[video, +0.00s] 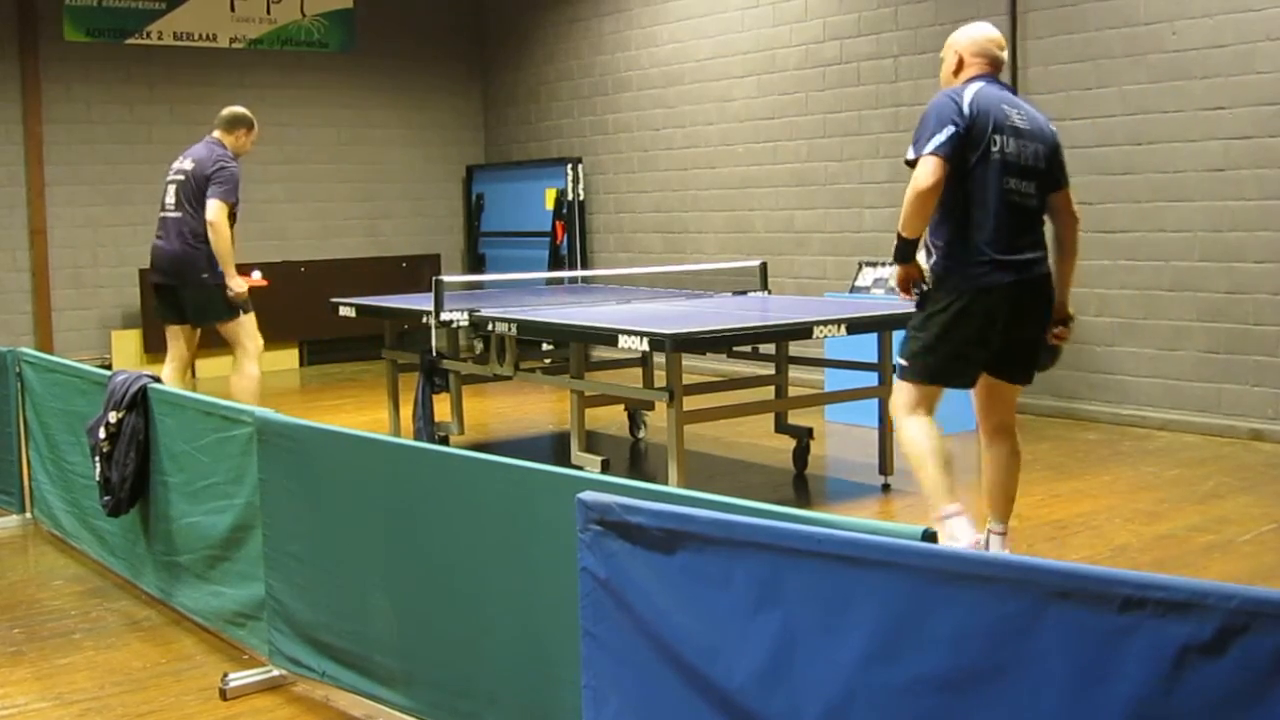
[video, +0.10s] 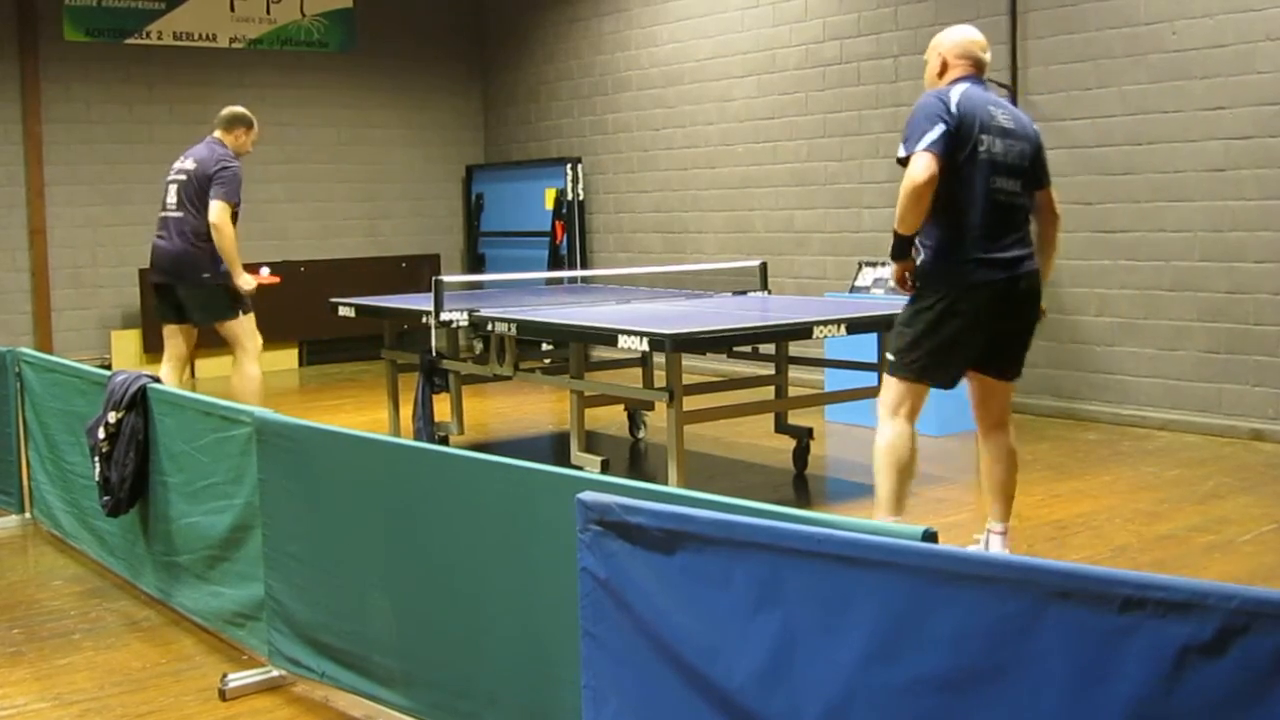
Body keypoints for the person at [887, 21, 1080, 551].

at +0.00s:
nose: (940, 74)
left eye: (943, 64)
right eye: (941, 66)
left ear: (957, 61)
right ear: (1002, 66)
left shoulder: (953, 102)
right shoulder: (1040, 124)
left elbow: (929, 181)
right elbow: (1067, 219)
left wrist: (905, 255)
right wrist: (1061, 299)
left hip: (964, 289)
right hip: (1029, 293)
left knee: (908, 407)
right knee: (998, 417)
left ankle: (952, 525)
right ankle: (995, 542)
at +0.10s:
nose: (926, 76)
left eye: (928, 66)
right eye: (927, 67)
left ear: (942, 62)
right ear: (984, 66)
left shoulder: (940, 102)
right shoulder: (1024, 122)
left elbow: (922, 175)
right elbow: (1048, 214)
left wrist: (901, 251)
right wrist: (1036, 280)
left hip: (951, 286)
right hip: (1016, 288)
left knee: (897, 409)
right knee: (995, 421)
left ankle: (885, 535)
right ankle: (998, 541)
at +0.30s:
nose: (888, 85)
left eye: (890, 77)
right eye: (889, 78)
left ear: (903, 75)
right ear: (944, 76)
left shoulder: (898, 116)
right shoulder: (986, 126)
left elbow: (875, 186)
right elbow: (1012, 213)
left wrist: (867, 254)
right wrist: (987, 264)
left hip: (921, 293)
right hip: (987, 292)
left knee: (870, 418)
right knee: (968, 422)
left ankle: (836, 533)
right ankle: (992, 538)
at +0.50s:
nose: (838, 109)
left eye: (840, 102)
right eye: (841, 102)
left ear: (850, 100)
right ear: (893, 98)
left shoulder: (838, 139)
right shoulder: (939, 136)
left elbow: (795, 212)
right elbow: (986, 214)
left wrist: (822, 271)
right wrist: (953, 263)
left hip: (886, 295)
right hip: (955, 291)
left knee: (839, 416)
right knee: (948, 393)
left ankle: (826, 532)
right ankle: (984, 505)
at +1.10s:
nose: (818, 187)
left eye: (817, 181)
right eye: (817, 181)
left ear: (826, 176)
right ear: (863, 168)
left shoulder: (826, 200)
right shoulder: (912, 192)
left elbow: (800, 286)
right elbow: (933, 255)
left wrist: (807, 317)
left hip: (901, 310)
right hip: (968, 303)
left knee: (829, 420)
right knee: (966, 413)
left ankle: (815, 535)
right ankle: (993, 517)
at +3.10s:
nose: (836, 129)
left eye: (836, 122)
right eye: (836, 123)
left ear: (847, 118)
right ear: (884, 116)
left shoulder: (840, 148)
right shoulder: (928, 149)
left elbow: (809, 235)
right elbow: (950, 214)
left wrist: (830, 242)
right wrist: (885, 232)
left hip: (891, 270)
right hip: (955, 270)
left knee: (815, 381)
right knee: (945, 380)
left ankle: (802, 492)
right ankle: (976, 481)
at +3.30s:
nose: (824, 104)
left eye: (824, 98)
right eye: (825, 98)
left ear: (833, 94)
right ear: (872, 95)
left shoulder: (825, 129)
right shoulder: (914, 132)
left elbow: (772, 207)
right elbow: (939, 209)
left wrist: (790, 175)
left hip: (872, 266)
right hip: (935, 263)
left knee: (801, 375)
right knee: (934, 376)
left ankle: (801, 490)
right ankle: (975, 477)